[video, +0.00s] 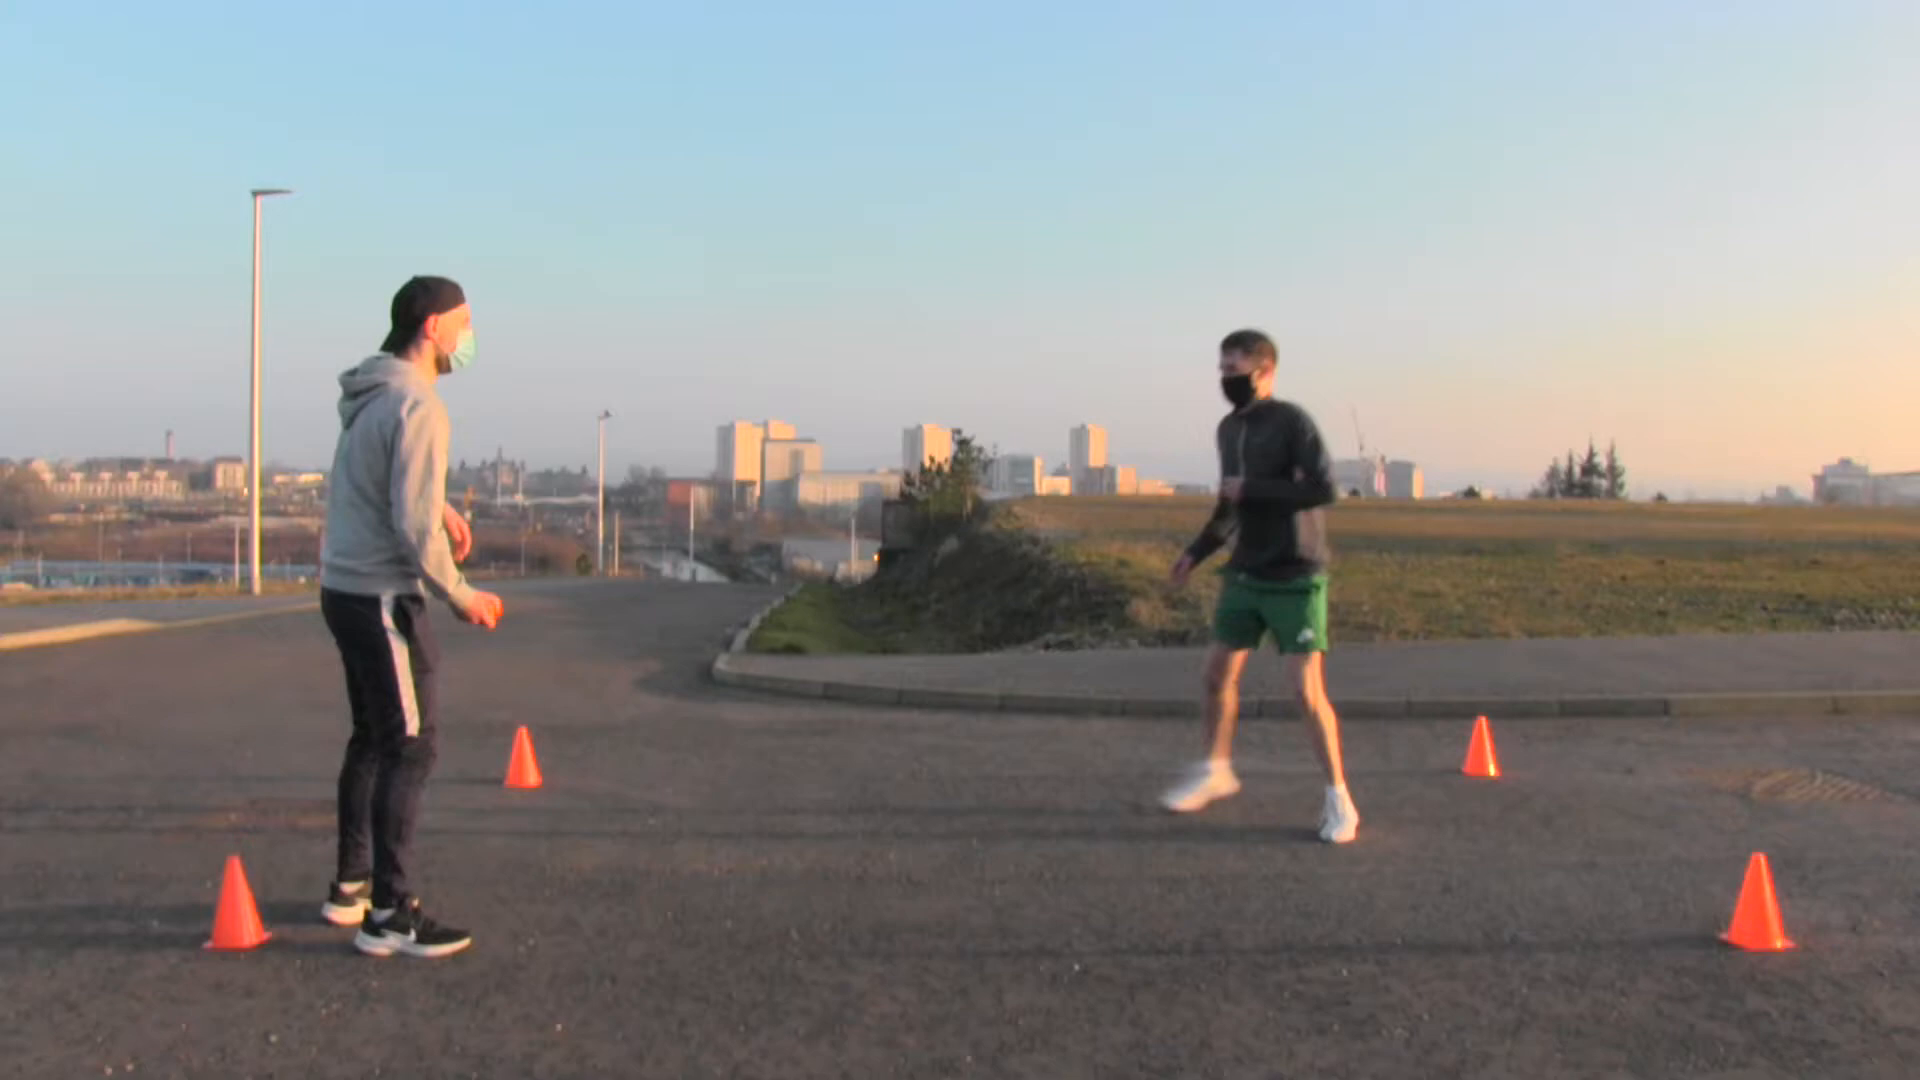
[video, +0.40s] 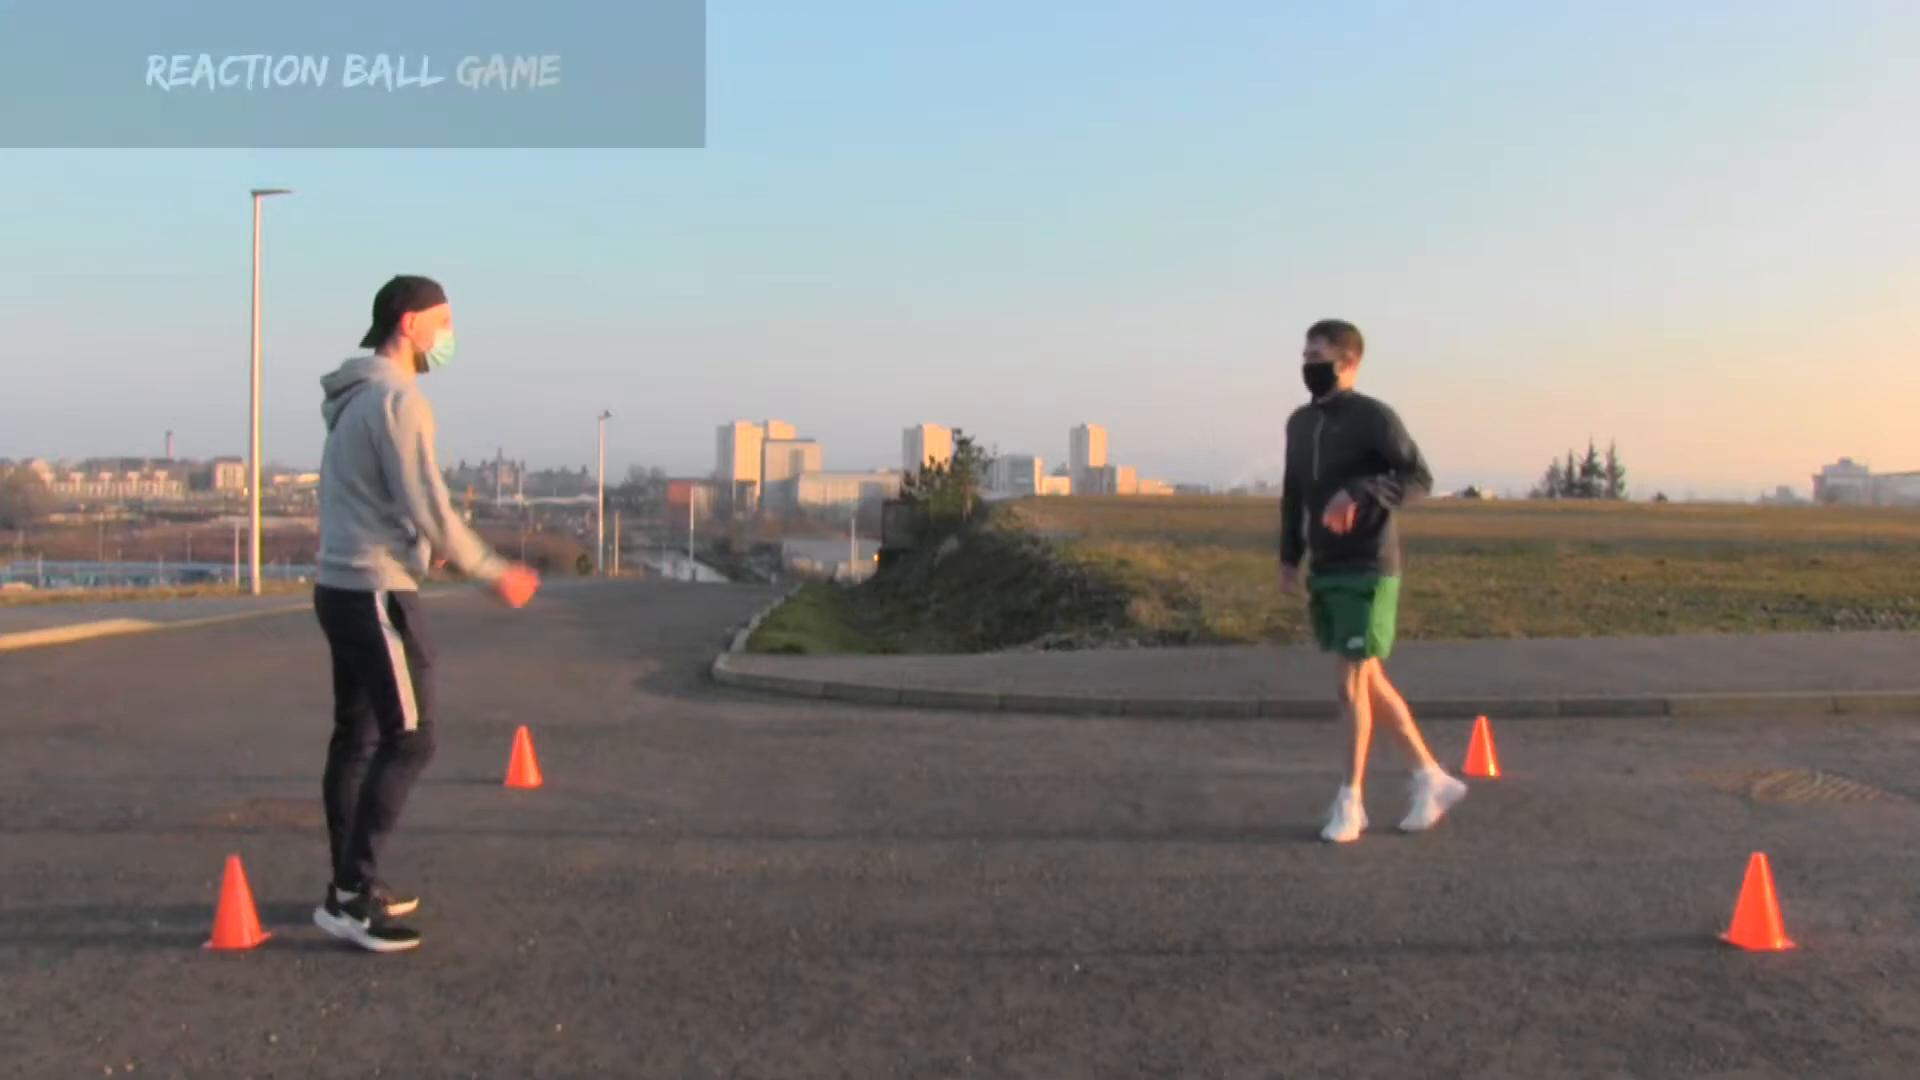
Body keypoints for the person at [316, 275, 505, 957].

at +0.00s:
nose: (470, 335)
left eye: (468, 322)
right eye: (463, 322)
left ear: (419, 326)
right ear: (432, 327)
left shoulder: (374, 393)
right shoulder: (418, 408)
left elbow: (384, 484)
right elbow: (414, 523)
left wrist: (440, 512)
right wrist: (465, 595)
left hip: (350, 588)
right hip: (382, 596)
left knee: (373, 737)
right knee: (411, 747)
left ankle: (352, 885)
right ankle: (390, 910)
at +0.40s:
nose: (449, 337)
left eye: (449, 325)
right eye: (442, 324)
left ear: (399, 324)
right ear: (409, 324)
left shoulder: (361, 394)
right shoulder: (398, 399)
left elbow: (380, 500)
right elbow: (429, 508)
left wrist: (434, 549)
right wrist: (498, 570)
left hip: (343, 586)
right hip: (374, 591)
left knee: (356, 734)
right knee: (411, 738)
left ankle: (351, 884)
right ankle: (353, 895)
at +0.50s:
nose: (446, 332)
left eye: (446, 320)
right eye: (439, 319)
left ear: (397, 320)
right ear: (403, 320)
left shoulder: (365, 388)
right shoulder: (395, 395)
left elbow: (372, 478)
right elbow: (462, 484)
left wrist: (424, 509)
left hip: (350, 584)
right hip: (367, 591)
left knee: (363, 735)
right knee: (393, 741)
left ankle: (351, 884)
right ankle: (346, 896)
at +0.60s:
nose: (445, 326)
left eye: (442, 314)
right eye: (436, 314)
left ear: (394, 320)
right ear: (402, 320)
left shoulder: (366, 388)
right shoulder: (394, 393)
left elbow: (374, 482)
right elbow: (459, 484)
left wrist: (425, 515)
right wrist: (549, 492)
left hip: (355, 585)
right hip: (367, 592)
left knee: (368, 739)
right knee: (381, 744)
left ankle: (352, 886)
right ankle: (341, 902)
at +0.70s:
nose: (447, 319)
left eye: (442, 307)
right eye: (437, 308)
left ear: (396, 323)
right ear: (406, 321)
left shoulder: (367, 393)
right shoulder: (401, 400)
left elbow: (375, 499)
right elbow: (431, 508)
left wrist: (430, 538)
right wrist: (499, 536)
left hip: (350, 589)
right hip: (373, 597)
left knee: (364, 740)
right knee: (381, 745)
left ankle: (349, 888)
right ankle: (340, 905)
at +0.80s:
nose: (451, 318)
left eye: (445, 306)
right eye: (440, 308)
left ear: (398, 323)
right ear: (411, 322)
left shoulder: (372, 393)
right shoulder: (404, 399)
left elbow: (376, 503)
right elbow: (416, 508)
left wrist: (432, 549)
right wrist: (469, 547)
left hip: (355, 586)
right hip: (370, 593)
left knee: (371, 743)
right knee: (375, 746)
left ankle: (350, 889)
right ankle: (338, 907)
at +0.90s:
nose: (459, 321)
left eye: (454, 309)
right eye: (450, 310)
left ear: (408, 324)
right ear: (420, 323)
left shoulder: (378, 395)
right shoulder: (411, 401)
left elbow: (380, 505)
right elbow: (420, 507)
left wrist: (428, 561)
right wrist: (449, 557)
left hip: (367, 590)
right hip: (365, 595)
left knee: (409, 726)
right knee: (372, 738)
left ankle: (359, 873)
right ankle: (337, 907)